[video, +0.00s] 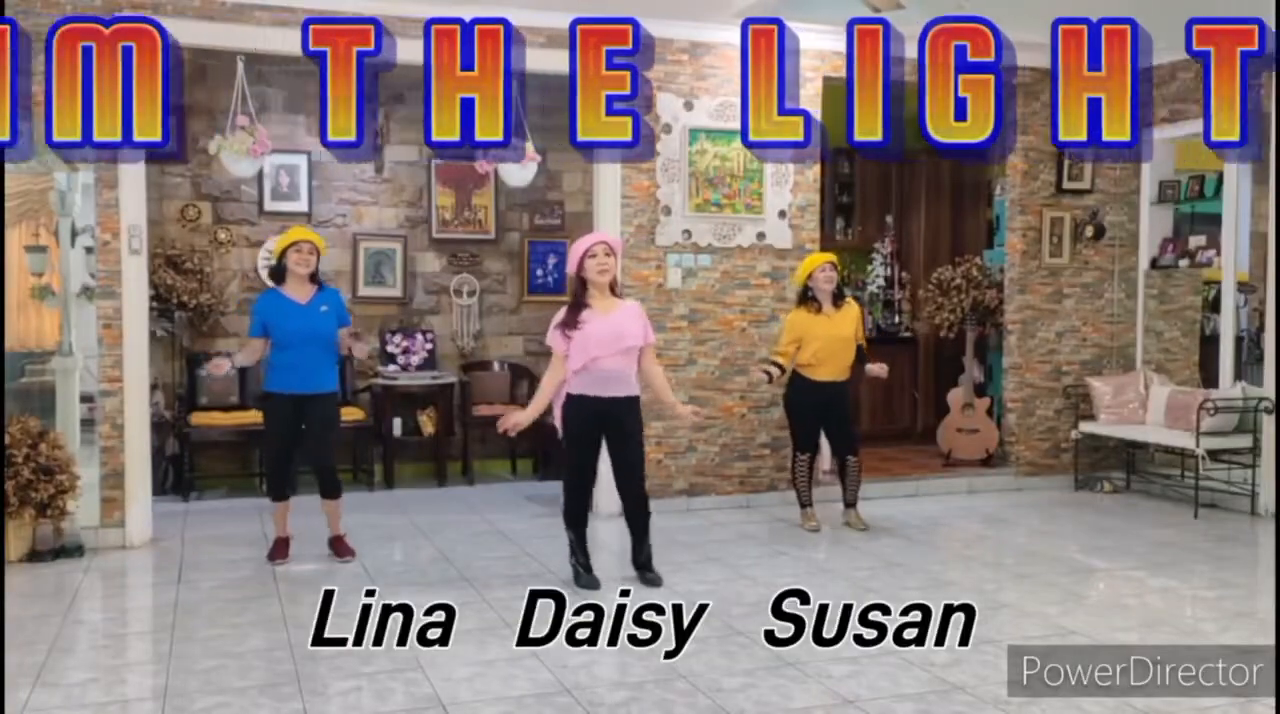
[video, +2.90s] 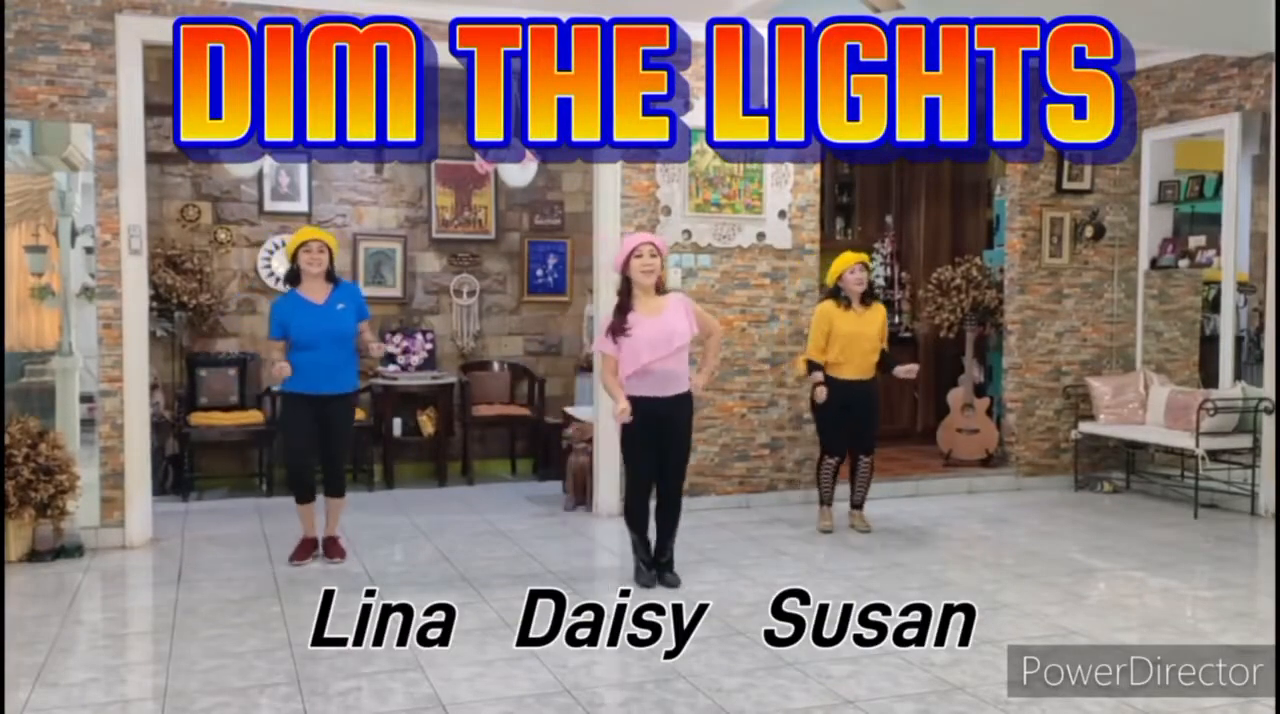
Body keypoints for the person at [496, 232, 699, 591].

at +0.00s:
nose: (601, 261)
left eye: (607, 256)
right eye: (593, 257)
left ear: (616, 264)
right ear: (580, 268)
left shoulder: (633, 311)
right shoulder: (569, 316)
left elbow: (649, 364)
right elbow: (556, 370)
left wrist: (673, 403)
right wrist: (529, 413)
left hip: (625, 406)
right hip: (581, 406)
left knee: (634, 486)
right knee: (579, 485)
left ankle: (643, 560)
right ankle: (580, 559)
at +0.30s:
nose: (610, 266)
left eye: (615, 260)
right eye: (601, 261)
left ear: (623, 269)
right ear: (586, 272)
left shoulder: (643, 304)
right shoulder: (585, 324)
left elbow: (671, 351)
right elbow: (585, 382)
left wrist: (709, 382)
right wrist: (573, 429)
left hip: (654, 406)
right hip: (611, 410)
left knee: (650, 486)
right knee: (602, 485)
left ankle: (646, 560)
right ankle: (584, 554)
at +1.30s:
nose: (617, 264)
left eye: (624, 258)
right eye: (610, 259)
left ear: (635, 267)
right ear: (599, 269)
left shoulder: (645, 315)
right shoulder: (585, 310)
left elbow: (653, 372)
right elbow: (562, 362)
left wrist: (678, 412)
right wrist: (557, 415)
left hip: (634, 407)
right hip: (591, 406)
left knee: (638, 485)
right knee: (591, 484)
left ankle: (642, 559)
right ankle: (587, 558)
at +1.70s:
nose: (612, 266)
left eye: (618, 259)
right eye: (604, 261)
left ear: (630, 267)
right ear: (594, 270)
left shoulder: (637, 318)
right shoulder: (575, 307)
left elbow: (639, 373)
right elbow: (530, 338)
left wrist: (644, 418)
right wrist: (513, 383)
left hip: (618, 408)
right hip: (576, 407)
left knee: (615, 488)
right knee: (579, 486)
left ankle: (612, 560)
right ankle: (585, 560)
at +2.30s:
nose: (617, 265)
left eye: (623, 259)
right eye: (609, 260)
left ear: (633, 266)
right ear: (597, 270)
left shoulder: (649, 309)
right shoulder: (586, 315)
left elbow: (661, 363)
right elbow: (569, 373)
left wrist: (683, 400)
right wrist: (533, 404)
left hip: (635, 406)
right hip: (590, 406)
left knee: (645, 485)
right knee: (589, 485)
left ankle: (657, 561)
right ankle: (587, 559)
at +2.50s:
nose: (627, 263)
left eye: (633, 257)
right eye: (618, 258)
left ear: (642, 265)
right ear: (606, 267)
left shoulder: (661, 304)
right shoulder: (601, 312)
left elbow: (684, 349)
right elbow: (589, 369)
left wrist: (692, 389)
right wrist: (571, 412)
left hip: (657, 403)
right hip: (612, 404)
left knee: (659, 485)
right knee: (603, 483)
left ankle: (662, 561)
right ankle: (591, 557)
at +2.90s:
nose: (647, 262)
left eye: (653, 256)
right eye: (639, 257)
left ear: (662, 265)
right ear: (627, 268)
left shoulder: (681, 304)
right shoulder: (620, 317)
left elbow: (713, 332)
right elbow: (608, 373)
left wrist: (703, 374)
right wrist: (621, 399)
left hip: (677, 404)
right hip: (637, 406)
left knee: (671, 487)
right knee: (639, 487)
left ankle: (665, 560)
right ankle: (642, 557)